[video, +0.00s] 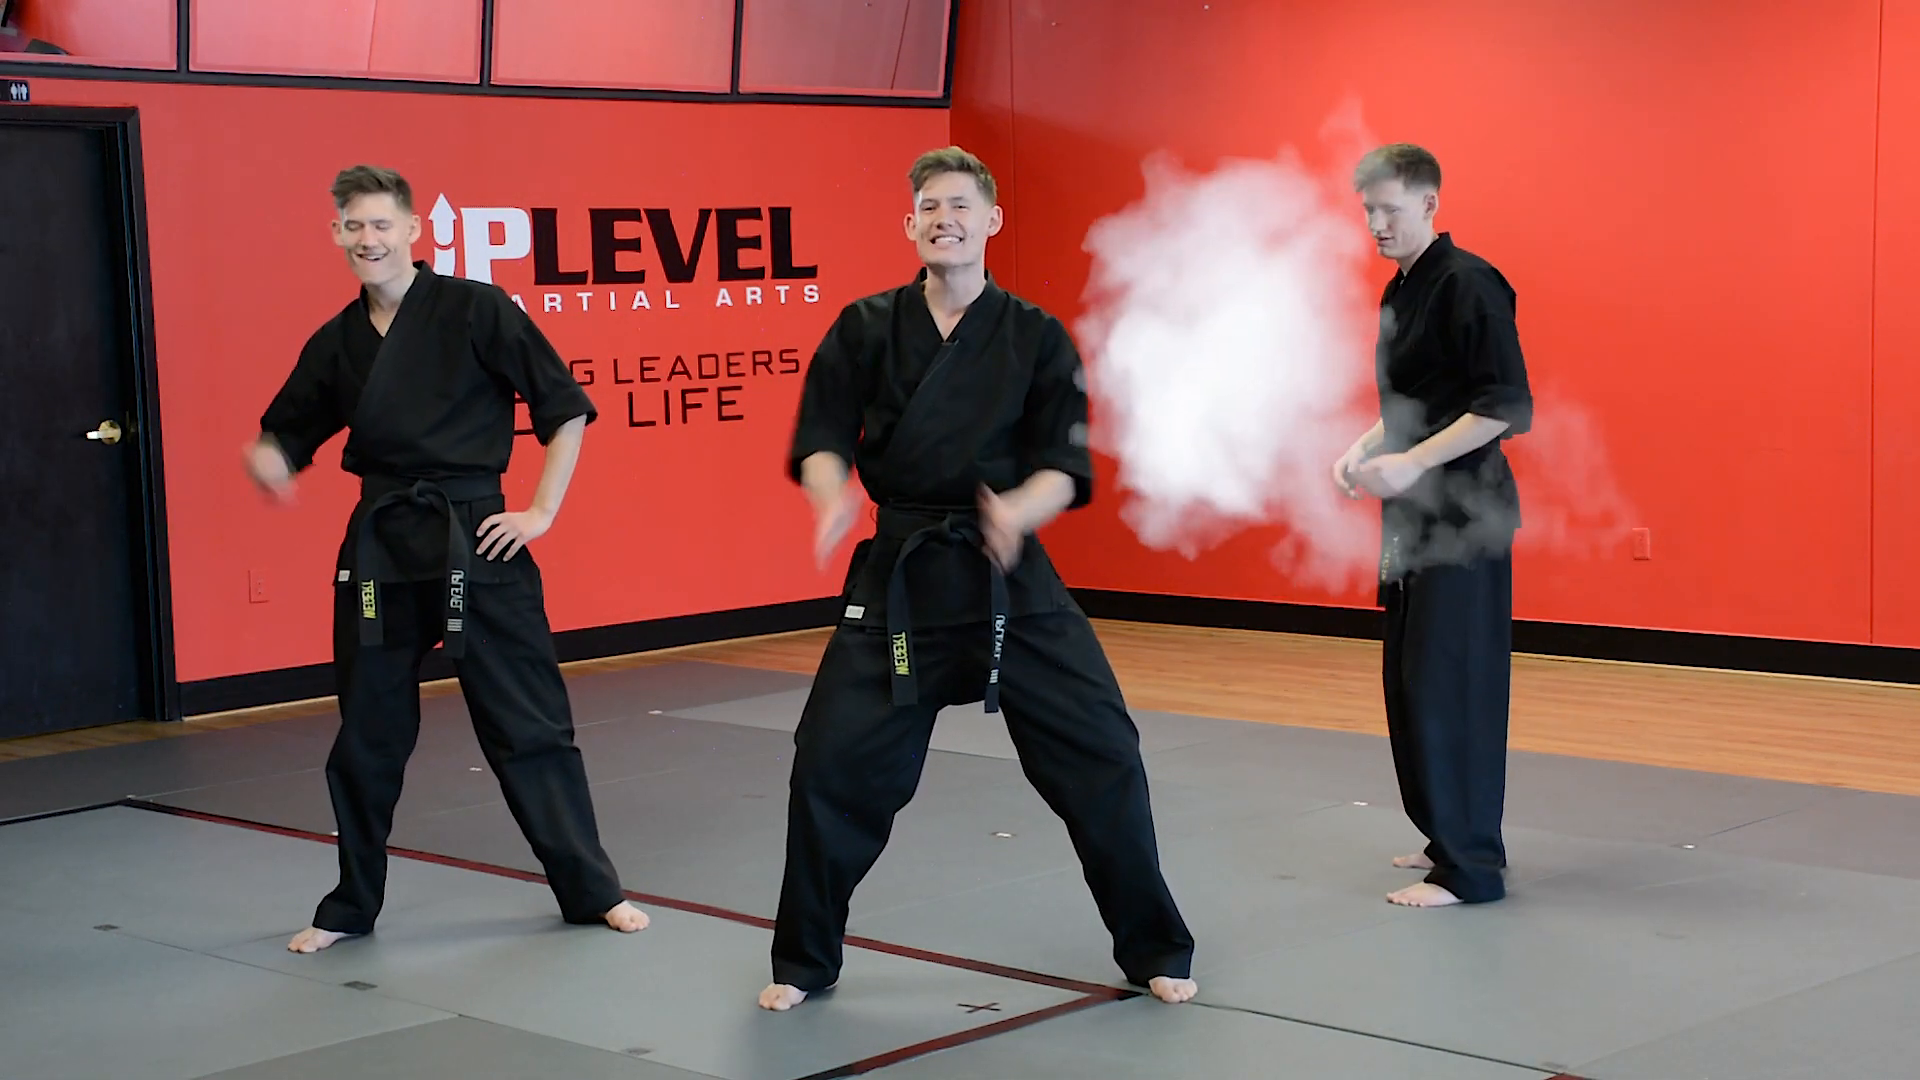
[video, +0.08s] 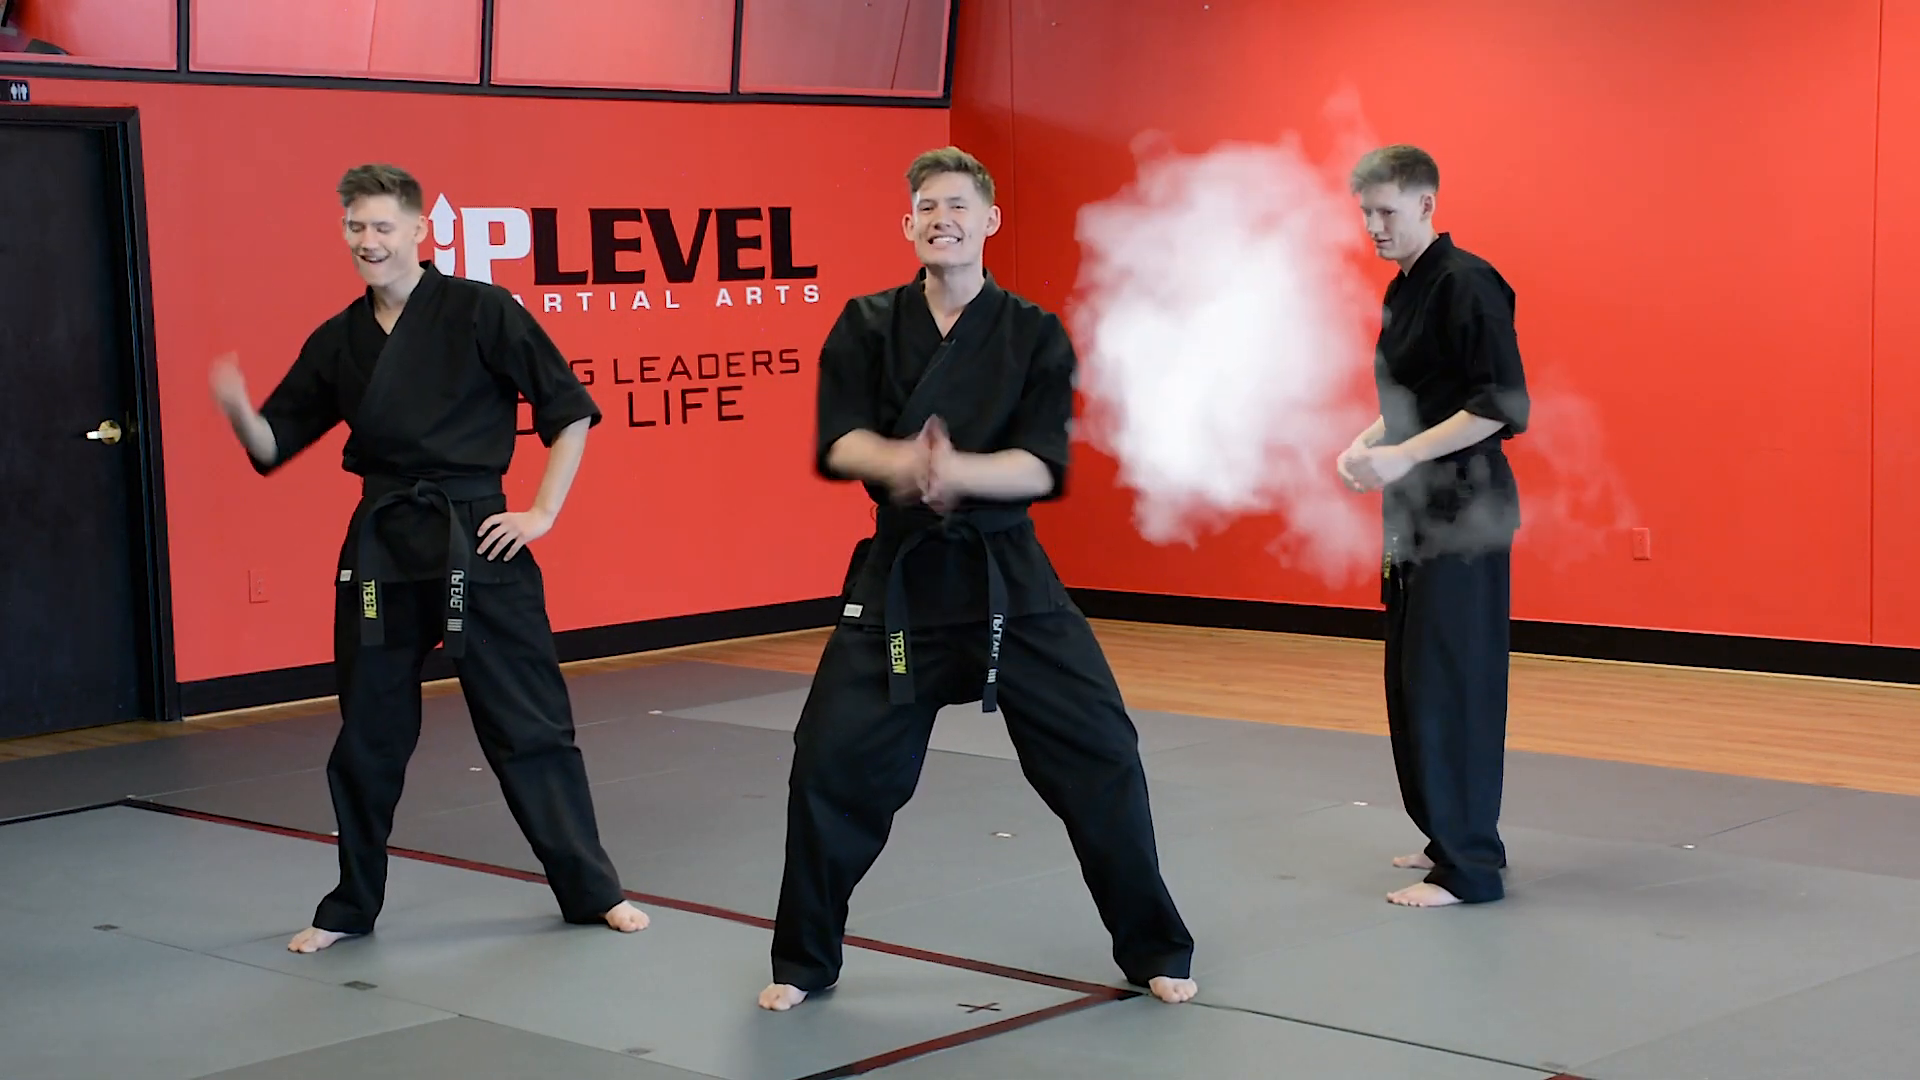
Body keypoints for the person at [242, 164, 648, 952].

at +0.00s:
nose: (366, 238)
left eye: (380, 223)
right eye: (352, 226)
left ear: (413, 229)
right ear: (338, 239)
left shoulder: (479, 310)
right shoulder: (336, 344)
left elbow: (567, 409)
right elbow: (283, 438)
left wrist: (541, 511)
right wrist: (269, 461)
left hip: (478, 539)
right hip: (379, 544)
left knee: (530, 724)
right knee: (366, 737)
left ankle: (592, 891)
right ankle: (352, 905)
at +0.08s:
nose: (366, 241)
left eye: (381, 227)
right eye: (355, 229)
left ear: (420, 231)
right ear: (346, 236)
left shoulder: (484, 311)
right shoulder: (336, 342)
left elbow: (573, 411)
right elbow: (271, 447)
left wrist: (543, 513)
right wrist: (238, 409)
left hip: (481, 538)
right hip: (381, 544)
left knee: (532, 724)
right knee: (367, 738)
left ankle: (591, 891)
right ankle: (352, 908)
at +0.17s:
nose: (370, 244)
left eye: (384, 230)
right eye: (361, 231)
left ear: (427, 231)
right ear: (354, 235)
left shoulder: (489, 313)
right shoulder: (339, 338)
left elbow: (577, 414)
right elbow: (257, 430)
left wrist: (543, 515)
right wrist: (231, 357)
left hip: (482, 537)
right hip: (382, 542)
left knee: (532, 724)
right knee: (368, 737)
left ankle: (592, 892)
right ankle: (351, 908)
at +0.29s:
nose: (379, 246)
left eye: (392, 233)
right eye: (370, 233)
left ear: (439, 232)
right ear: (364, 235)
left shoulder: (497, 316)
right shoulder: (341, 331)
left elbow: (584, 418)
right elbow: (243, 401)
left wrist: (546, 516)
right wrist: (247, 315)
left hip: (485, 539)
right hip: (384, 544)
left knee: (535, 725)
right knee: (369, 738)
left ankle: (593, 891)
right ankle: (352, 906)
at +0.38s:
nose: (387, 248)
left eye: (401, 234)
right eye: (378, 234)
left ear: (445, 234)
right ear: (370, 236)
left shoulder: (502, 318)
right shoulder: (345, 325)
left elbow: (587, 420)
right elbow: (239, 388)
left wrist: (548, 516)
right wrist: (265, 303)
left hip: (487, 537)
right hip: (386, 540)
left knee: (535, 725)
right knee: (370, 736)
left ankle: (592, 891)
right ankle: (352, 907)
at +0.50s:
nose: (397, 249)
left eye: (413, 236)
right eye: (390, 234)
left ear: (454, 236)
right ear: (384, 234)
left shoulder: (509, 319)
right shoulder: (353, 325)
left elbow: (592, 424)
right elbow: (238, 376)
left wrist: (552, 517)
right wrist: (284, 297)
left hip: (489, 538)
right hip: (389, 540)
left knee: (537, 727)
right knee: (372, 738)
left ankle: (592, 892)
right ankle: (352, 907)